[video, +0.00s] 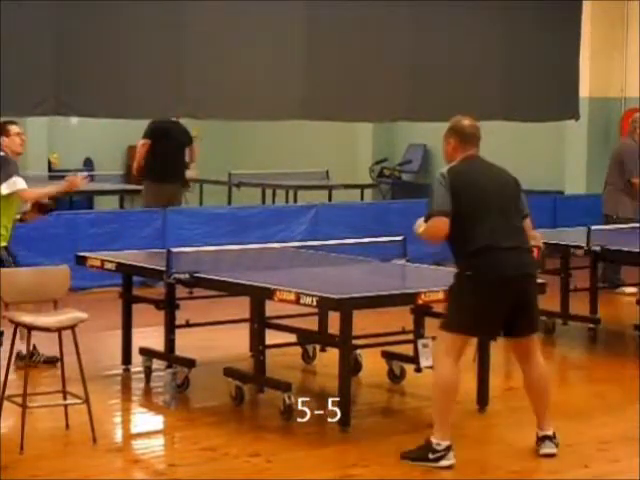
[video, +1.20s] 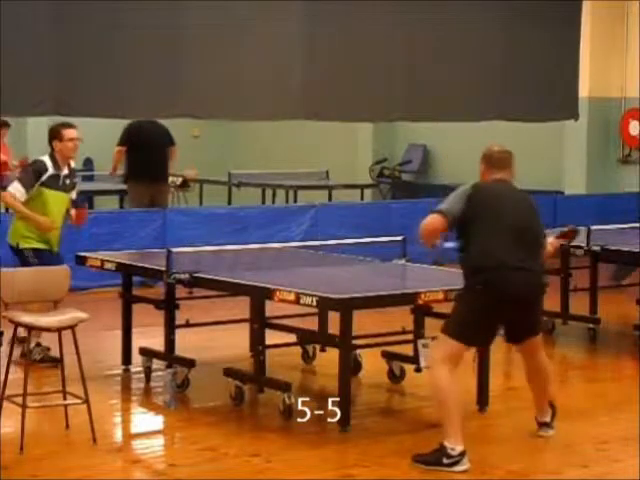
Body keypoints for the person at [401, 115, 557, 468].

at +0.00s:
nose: (443, 150)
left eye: (444, 145)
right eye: (445, 145)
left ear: (452, 144)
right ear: (477, 144)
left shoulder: (448, 177)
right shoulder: (506, 176)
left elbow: (439, 230)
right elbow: (529, 233)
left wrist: (421, 229)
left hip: (479, 276)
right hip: (522, 275)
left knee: (447, 353)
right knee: (529, 354)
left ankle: (439, 443)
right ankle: (546, 434)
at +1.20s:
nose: (479, 176)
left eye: (479, 171)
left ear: (483, 170)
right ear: (512, 172)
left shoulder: (471, 192)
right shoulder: (526, 201)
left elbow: (429, 228)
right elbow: (545, 250)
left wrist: (431, 238)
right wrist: (546, 246)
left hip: (485, 286)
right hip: (529, 285)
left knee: (442, 359)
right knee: (533, 348)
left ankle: (453, 448)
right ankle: (545, 416)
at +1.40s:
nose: (498, 182)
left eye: (498, 177)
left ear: (501, 177)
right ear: (529, 178)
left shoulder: (497, 195)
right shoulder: (538, 203)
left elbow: (474, 223)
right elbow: (537, 244)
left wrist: (449, 244)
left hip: (508, 282)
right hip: (547, 282)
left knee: (477, 357)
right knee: (548, 342)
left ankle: (457, 443)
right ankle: (546, 416)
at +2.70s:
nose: (479, 179)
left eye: (479, 173)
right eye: (481, 173)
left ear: (486, 173)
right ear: (510, 173)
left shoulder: (494, 209)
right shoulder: (526, 209)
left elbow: (482, 262)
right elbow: (517, 261)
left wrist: (438, 253)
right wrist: (455, 255)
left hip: (508, 311)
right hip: (548, 305)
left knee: (450, 375)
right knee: (549, 358)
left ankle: (460, 463)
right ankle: (572, 434)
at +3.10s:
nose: (478, 159)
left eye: (479, 154)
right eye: (480, 153)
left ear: (484, 159)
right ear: (513, 159)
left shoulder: (487, 201)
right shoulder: (533, 198)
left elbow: (460, 255)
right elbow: (524, 251)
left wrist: (429, 248)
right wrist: (469, 242)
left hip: (491, 309)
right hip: (532, 307)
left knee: (444, 366)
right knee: (537, 363)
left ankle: (463, 461)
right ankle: (570, 435)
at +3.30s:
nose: (472, 151)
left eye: (473, 146)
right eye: (477, 146)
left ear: (476, 148)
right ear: (508, 150)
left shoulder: (464, 187)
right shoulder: (529, 191)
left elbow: (438, 244)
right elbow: (548, 251)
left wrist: (435, 237)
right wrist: (518, 256)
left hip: (472, 295)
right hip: (520, 296)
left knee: (424, 365)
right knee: (543, 366)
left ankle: (439, 452)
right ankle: (562, 446)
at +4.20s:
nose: (451, 165)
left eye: (453, 159)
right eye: (453, 159)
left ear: (459, 158)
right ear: (483, 157)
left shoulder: (449, 188)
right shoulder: (512, 190)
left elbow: (433, 246)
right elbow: (535, 245)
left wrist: (460, 242)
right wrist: (507, 250)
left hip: (472, 285)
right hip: (518, 284)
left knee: (432, 362)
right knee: (534, 360)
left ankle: (418, 448)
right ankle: (545, 441)